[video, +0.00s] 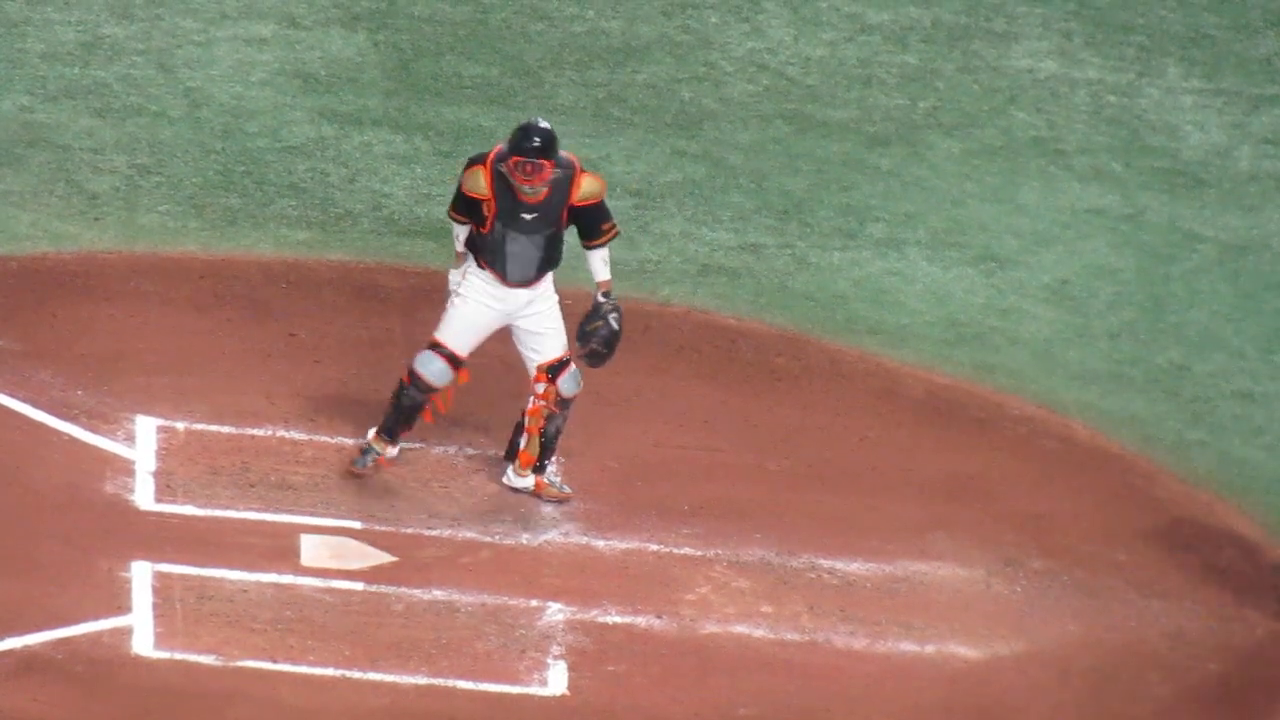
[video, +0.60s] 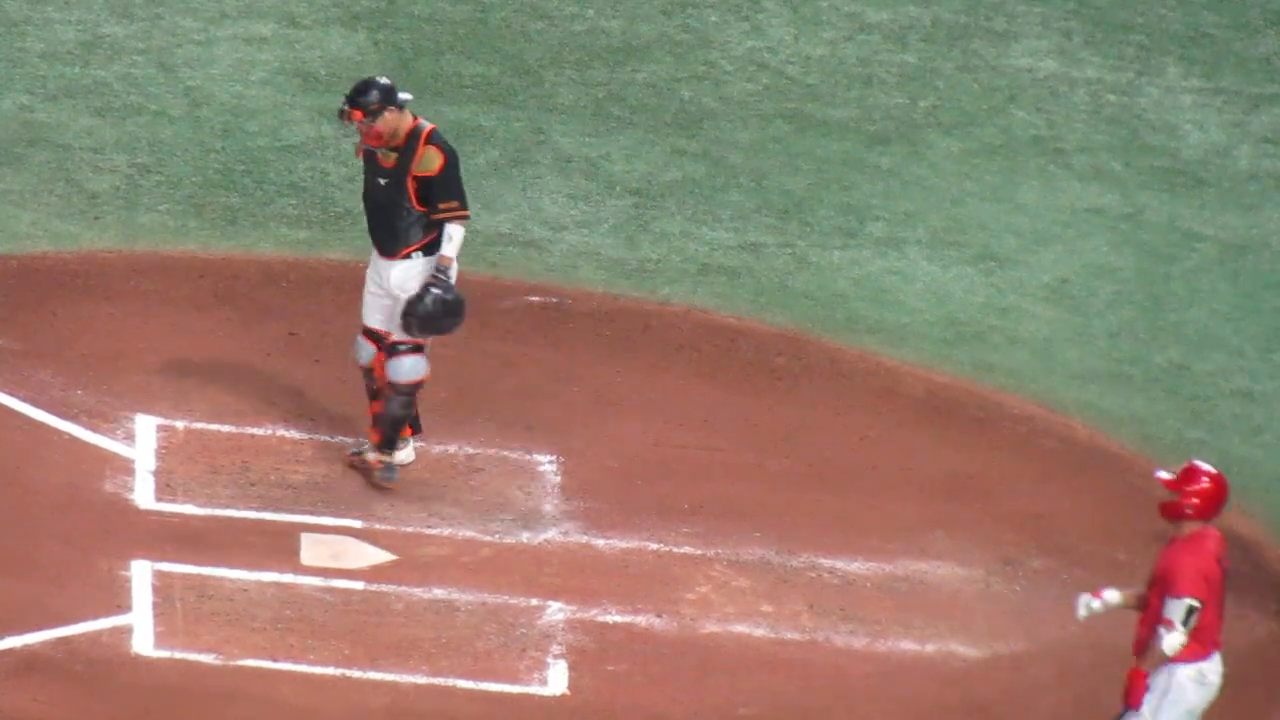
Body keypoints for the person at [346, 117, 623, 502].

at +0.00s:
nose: (529, 174)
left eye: (537, 167)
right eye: (522, 165)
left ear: (553, 164)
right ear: (508, 159)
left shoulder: (577, 184)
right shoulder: (482, 175)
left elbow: (597, 242)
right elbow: (461, 226)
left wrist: (605, 297)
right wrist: (462, 267)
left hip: (537, 295)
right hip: (482, 289)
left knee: (561, 383)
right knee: (433, 369)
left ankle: (527, 469)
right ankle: (382, 441)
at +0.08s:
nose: (501, 162)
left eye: (509, 156)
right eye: (495, 154)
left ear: (528, 154)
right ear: (486, 149)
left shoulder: (558, 182)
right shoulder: (464, 172)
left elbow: (580, 240)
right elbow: (450, 225)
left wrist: (587, 297)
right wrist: (452, 266)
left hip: (524, 296)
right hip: (466, 288)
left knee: (554, 382)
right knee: (410, 364)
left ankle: (528, 469)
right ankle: (391, 441)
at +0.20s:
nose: (462, 149)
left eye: (472, 142)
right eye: (455, 140)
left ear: (489, 142)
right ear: (446, 137)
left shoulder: (520, 174)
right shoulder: (432, 161)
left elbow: (548, 233)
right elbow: (426, 209)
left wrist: (557, 292)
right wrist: (447, 247)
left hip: (492, 290)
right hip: (436, 283)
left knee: (528, 376)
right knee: (396, 360)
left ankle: (526, 469)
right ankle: (397, 447)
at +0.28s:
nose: (433, 139)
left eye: (441, 132)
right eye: (428, 131)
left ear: (461, 130)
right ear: (421, 128)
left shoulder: (493, 168)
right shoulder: (415, 155)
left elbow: (522, 229)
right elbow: (415, 202)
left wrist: (532, 288)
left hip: (470, 282)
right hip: (417, 273)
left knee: (510, 370)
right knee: (386, 358)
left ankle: (520, 463)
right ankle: (397, 445)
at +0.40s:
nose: (395, 132)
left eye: (401, 125)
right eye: (393, 124)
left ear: (424, 122)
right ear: (398, 124)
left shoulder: (465, 158)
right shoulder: (400, 145)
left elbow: (490, 227)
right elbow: (407, 198)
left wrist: (496, 283)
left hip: (450, 274)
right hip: (401, 267)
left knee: (479, 367)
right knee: (382, 358)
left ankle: (477, 462)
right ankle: (396, 446)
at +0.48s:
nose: (382, 131)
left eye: (388, 123)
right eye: (379, 124)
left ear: (410, 117)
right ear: (383, 121)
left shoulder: (450, 152)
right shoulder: (388, 143)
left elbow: (475, 223)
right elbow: (397, 199)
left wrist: (472, 281)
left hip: (438, 270)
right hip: (393, 265)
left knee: (450, 364)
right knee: (379, 355)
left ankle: (444, 459)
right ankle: (395, 446)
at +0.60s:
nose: (364, 131)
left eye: (369, 122)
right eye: (360, 123)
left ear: (390, 113)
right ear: (369, 119)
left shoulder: (431, 149)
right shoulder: (376, 138)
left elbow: (455, 218)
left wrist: (442, 273)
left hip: (419, 265)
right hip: (382, 260)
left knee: (405, 358)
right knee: (370, 351)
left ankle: (394, 446)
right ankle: (392, 437)